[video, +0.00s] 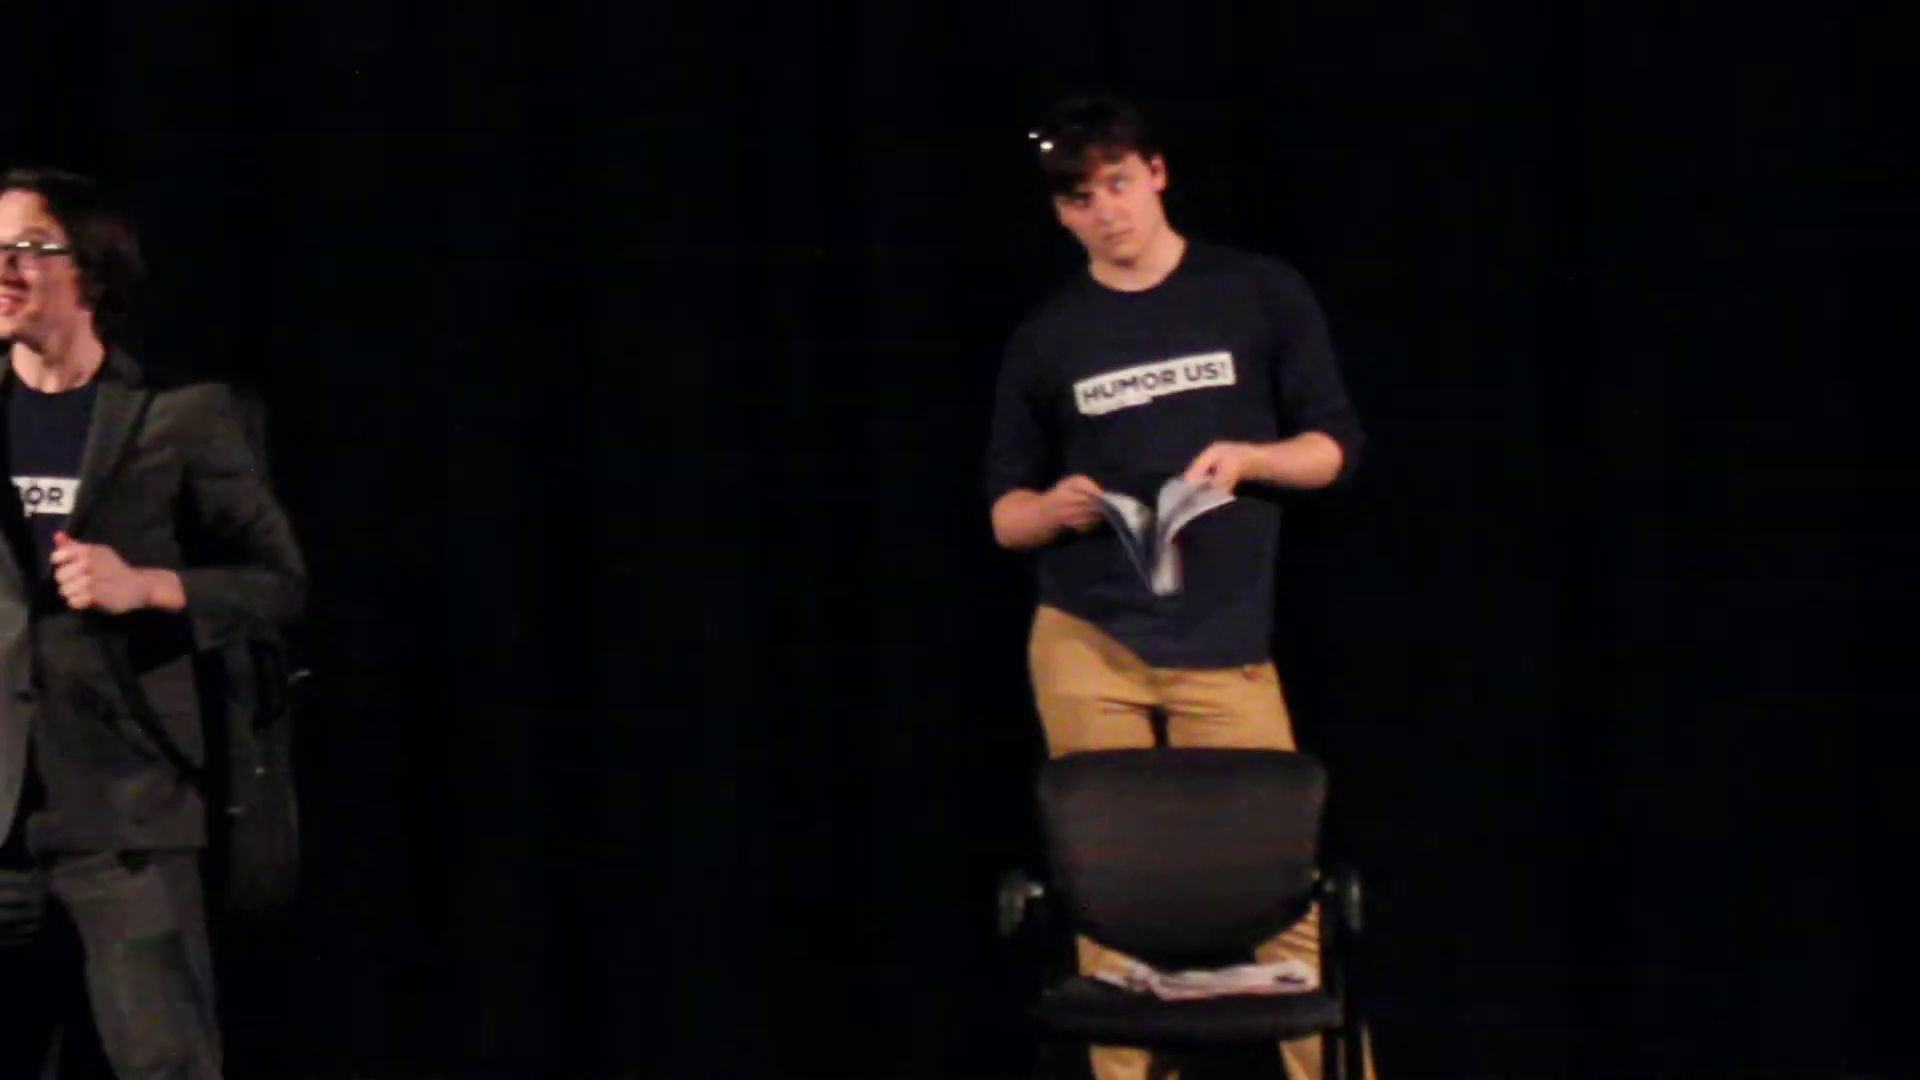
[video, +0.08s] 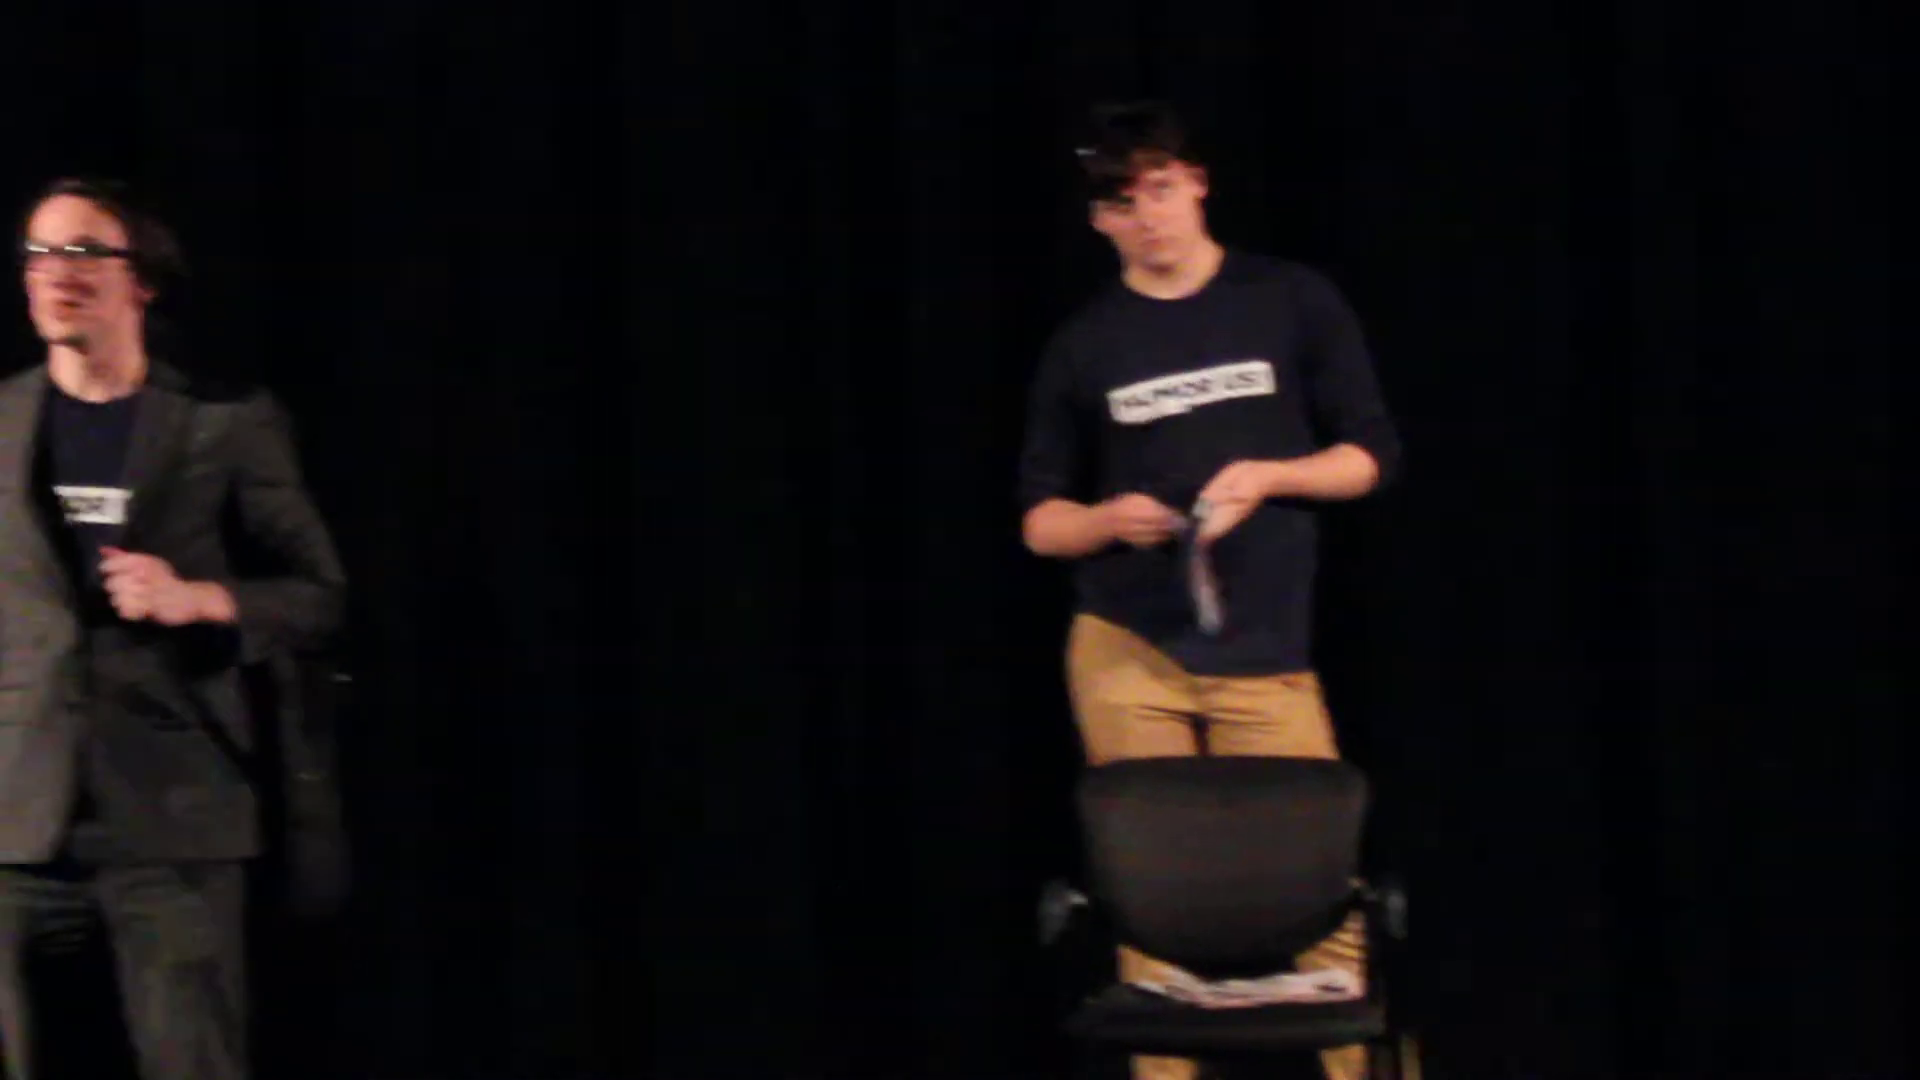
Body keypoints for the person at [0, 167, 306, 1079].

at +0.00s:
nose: (8, 267)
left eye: (32, 249)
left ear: (90, 269)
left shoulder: (182, 418)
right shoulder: (3, 408)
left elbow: (279, 584)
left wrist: (149, 586)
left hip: (118, 815)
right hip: (1, 819)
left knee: (165, 1058)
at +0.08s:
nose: (60, 273)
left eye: (88, 254)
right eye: (41, 254)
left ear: (142, 284)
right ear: (22, 279)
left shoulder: (228, 429)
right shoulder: (8, 420)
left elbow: (318, 599)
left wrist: (198, 597)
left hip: (171, 825)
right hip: (19, 826)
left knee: (193, 1063)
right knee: (31, 1070)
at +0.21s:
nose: (218, 280)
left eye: (243, 262)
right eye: (195, 265)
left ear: (289, 293)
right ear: (171, 301)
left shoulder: (376, 441)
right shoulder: (120, 443)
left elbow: (461, 607)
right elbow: (88, 644)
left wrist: (351, 615)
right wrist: (70, 819)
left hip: (324, 827)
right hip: (162, 828)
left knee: (325, 1064)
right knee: (166, 1068)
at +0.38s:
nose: (337, 292)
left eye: (359, 271)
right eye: (312, 275)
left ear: (400, 298)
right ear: (284, 307)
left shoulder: (486, 442)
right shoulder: (227, 449)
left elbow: (565, 603)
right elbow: (186, 655)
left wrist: (472, 623)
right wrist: (171, 831)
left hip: (452, 823)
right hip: (279, 827)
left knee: (450, 1065)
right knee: (278, 1068)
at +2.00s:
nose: (342, 295)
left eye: (340, 276)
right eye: (314, 282)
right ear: (244, 316)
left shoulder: (385, 425)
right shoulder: (154, 457)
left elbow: (444, 581)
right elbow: (130, 672)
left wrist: (435, 606)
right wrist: (149, 854)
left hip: (392, 800)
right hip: (249, 815)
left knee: (436, 1049)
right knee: (248, 1066)